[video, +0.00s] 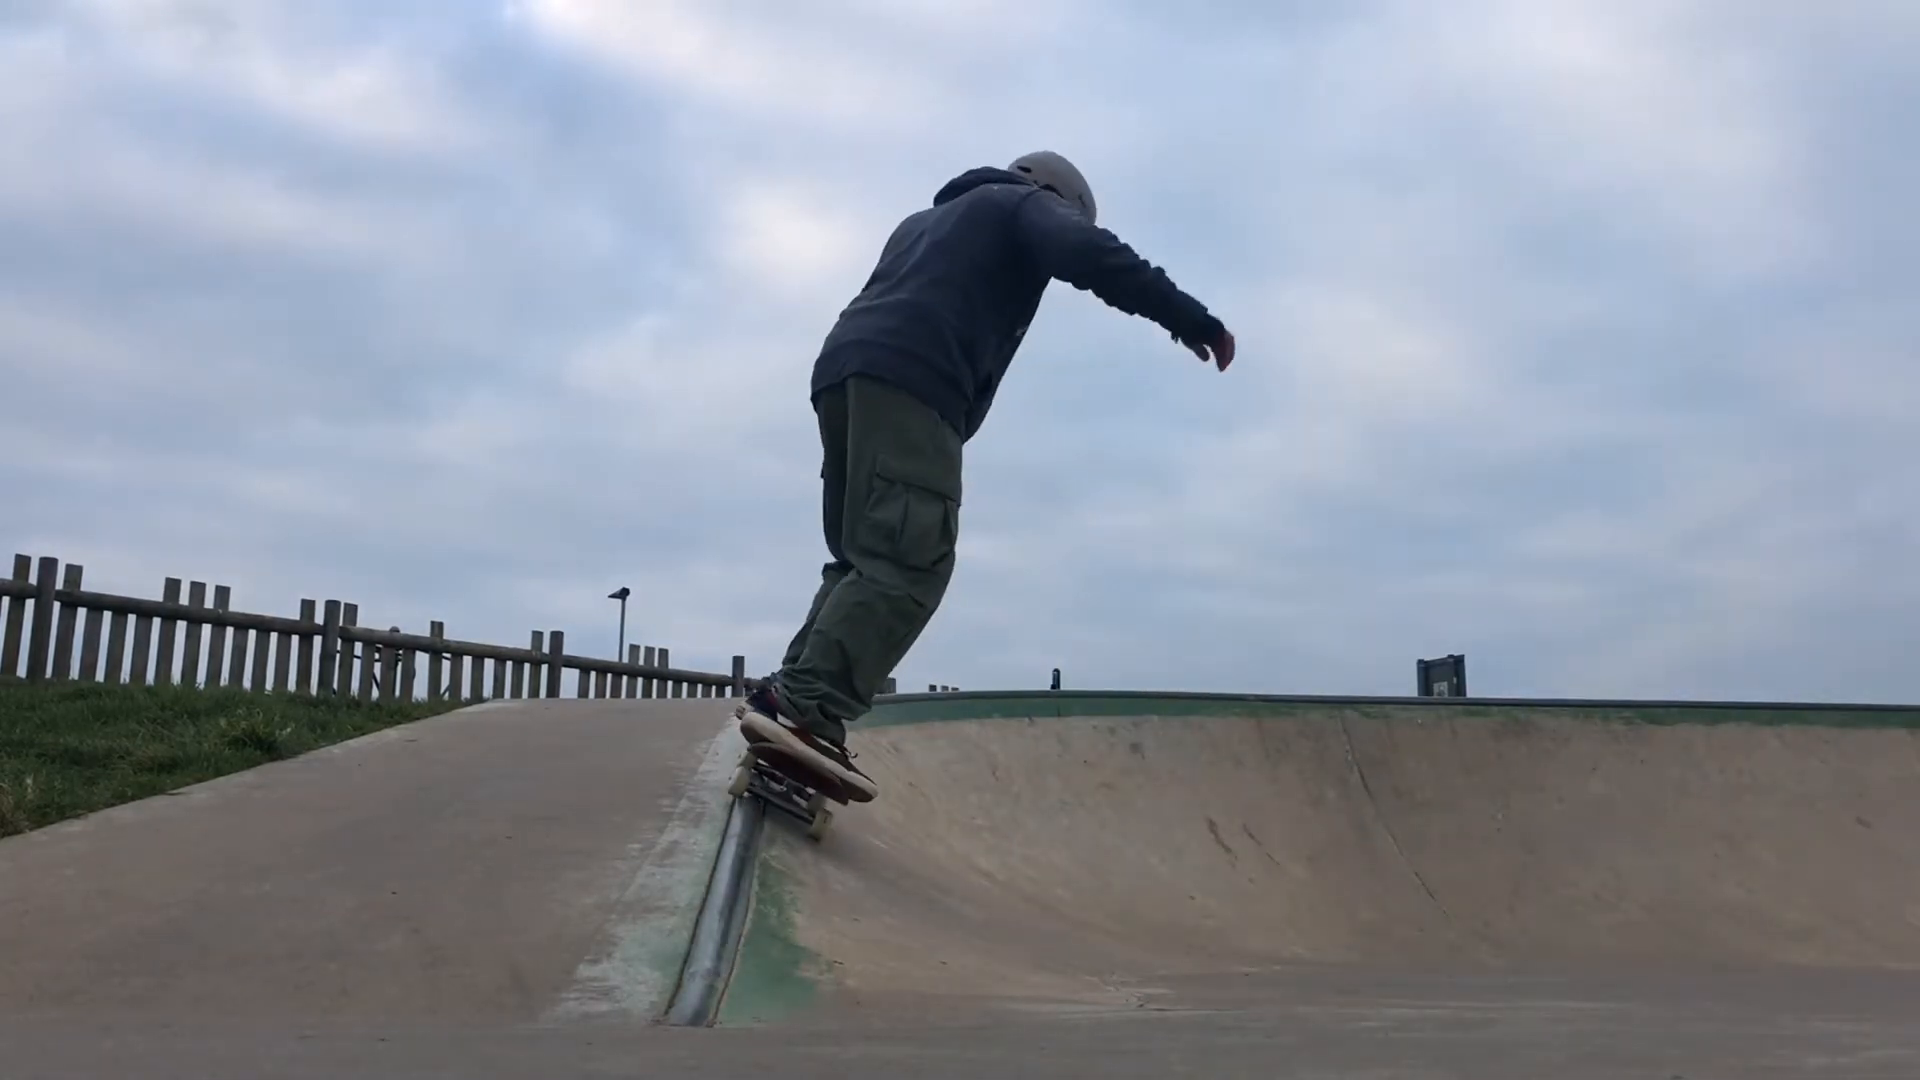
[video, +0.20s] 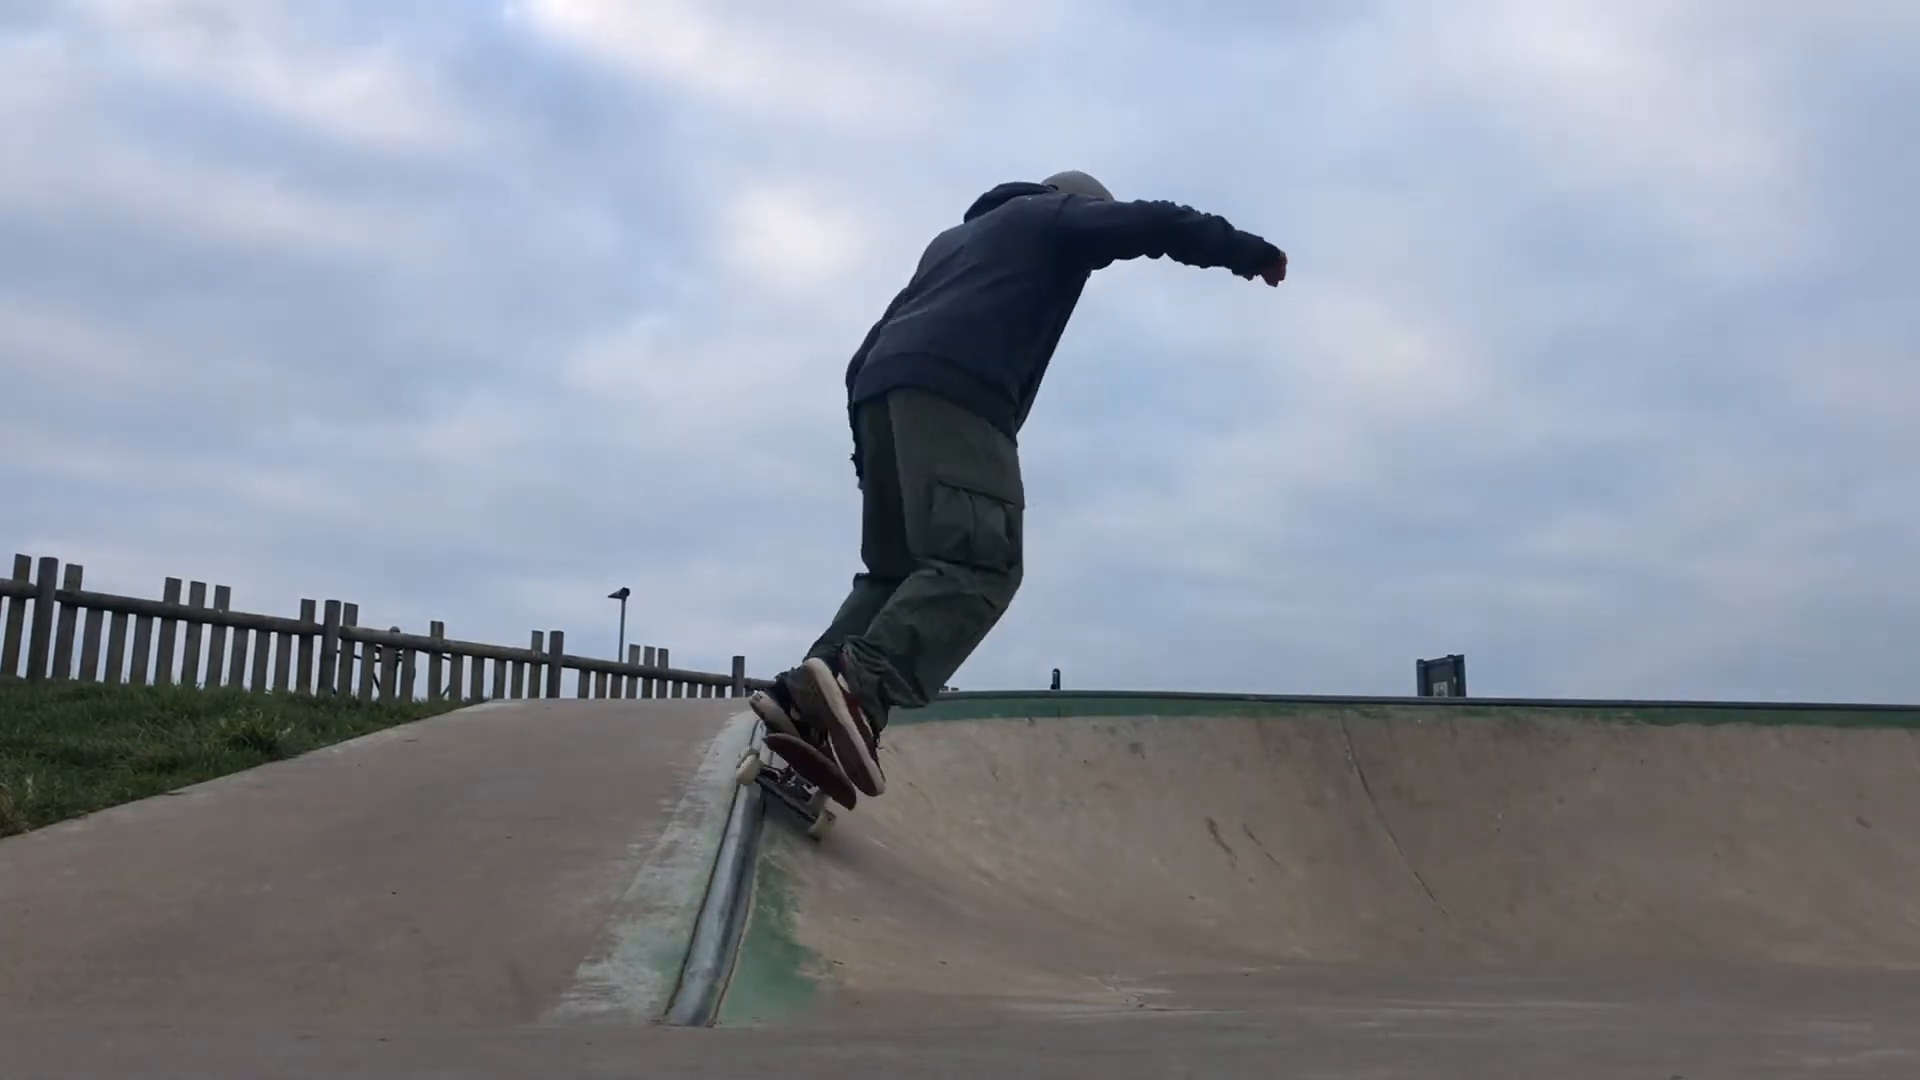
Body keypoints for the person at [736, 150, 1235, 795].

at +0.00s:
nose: (1073, 225)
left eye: (1075, 217)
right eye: (1074, 214)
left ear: (1018, 174)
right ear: (1055, 193)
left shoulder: (927, 218)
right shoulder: (1023, 201)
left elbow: (885, 292)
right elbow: (1091, 251)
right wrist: (1191, 318)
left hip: (843, 367)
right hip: (910, 373)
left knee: (861, 559)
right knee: (909, 561)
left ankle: (793, 698)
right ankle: (809, 709)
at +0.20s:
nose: (1099, 230)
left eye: (1100, 224)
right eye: (1098, 222)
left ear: (1038, 192)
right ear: (1080, 205)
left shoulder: (956, 239)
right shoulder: (1056, 217)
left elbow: (882, 335)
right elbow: (1156, 221)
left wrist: (869, 426)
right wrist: (1250, 252)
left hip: (878, 380)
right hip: (952, 379)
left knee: (890, 570)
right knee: (977, 564)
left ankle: (800, 695)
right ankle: (863, 684)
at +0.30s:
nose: (1135, 230)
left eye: (1132, 223)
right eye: (1131, 222)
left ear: (1062, 205)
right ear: (1111, 212)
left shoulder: (980, 258)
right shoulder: (1101, 227)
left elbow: (881, 358)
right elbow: (1206, 233)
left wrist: (848, 451)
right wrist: (1262, 274)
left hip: (923, 408)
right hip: (1000, 403)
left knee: (956, 586)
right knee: (1037, 583)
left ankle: (849, 688)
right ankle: (938, 733)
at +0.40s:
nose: (1167, 268)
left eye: (1164, 259)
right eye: (1165, 259)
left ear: (1089, 239)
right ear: (1148, 249)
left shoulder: (1010, 297)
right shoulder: (1150, 274)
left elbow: (901, 361)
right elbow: (1256, 295)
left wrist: (833, 445)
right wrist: (1305, 317)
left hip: (976, 471)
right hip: (1051, 469)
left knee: (1016, 629)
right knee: (1057, 642)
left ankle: (944, 747)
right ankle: (973, 846)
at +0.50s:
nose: (1201, 313)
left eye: (1195, 302)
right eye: (1199, 302)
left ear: (1122, 286)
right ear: (1187, 297)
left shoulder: (1054, 348)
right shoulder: (1202, 352)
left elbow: (952, 404)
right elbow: (1300, 430)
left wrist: (866, 463)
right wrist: (1370, 441)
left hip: (1036, 547)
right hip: (1112, 548)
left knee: (1122, 715)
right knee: (1084, 715)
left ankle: (1115, 891)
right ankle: (952, 846)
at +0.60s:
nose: (1253, 342)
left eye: (1253, 334)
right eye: (1252, 332)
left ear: (1175, 319)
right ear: (1234, 324)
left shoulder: (1114, 385)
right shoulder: (1260, 391)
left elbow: (1056, 446)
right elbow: (1299, 496)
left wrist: (1012, 509)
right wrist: (1297, 579)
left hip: (1113, 595)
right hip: (1196, 594)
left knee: (1197, 761)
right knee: (1212, 763)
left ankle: (1196, 931)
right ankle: (1054, 822)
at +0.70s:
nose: (1325, 360)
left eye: (1326, 351)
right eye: (1323, 348)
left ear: (1244, 334)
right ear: (1300, 339)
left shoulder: (1171, 406)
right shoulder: (1331, 411)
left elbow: (1134, 511)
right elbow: (1338, 537)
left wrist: (1136, 608)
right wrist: (1297, 593)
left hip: (1187, 612)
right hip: (1278, 607)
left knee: (1249, 777)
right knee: (1360, 754)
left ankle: (1198, 933)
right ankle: (1256, 834)